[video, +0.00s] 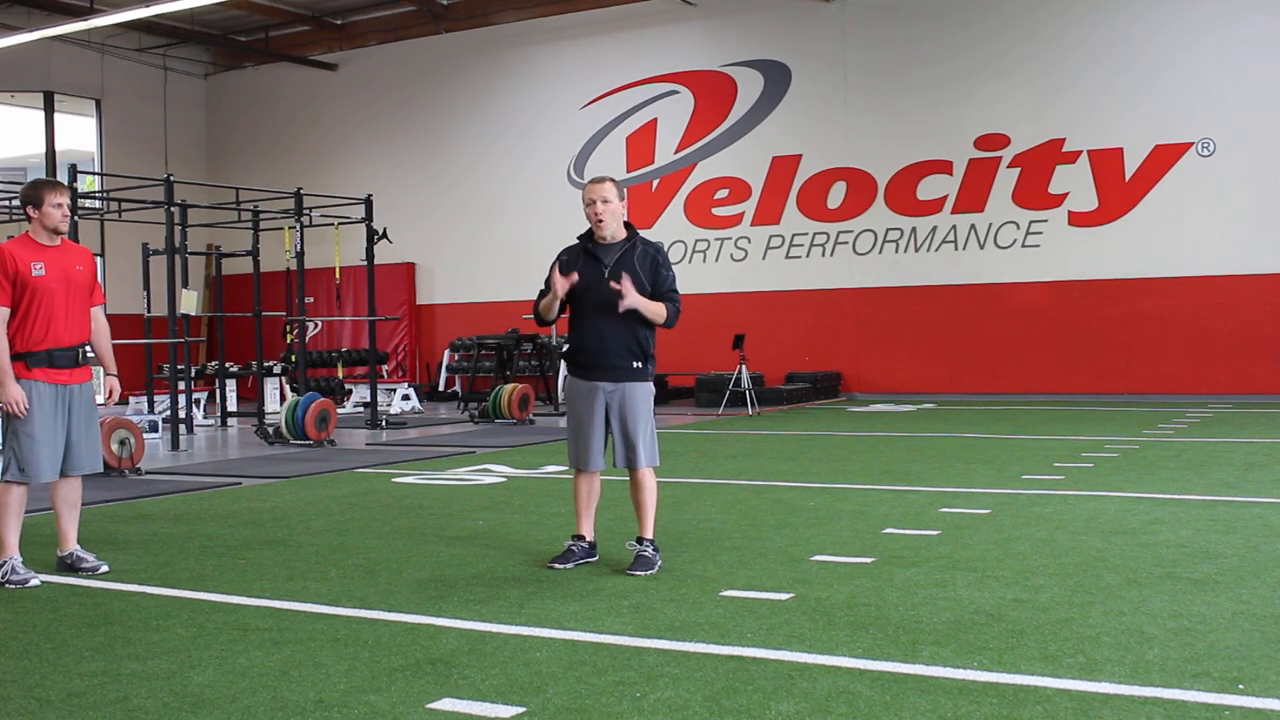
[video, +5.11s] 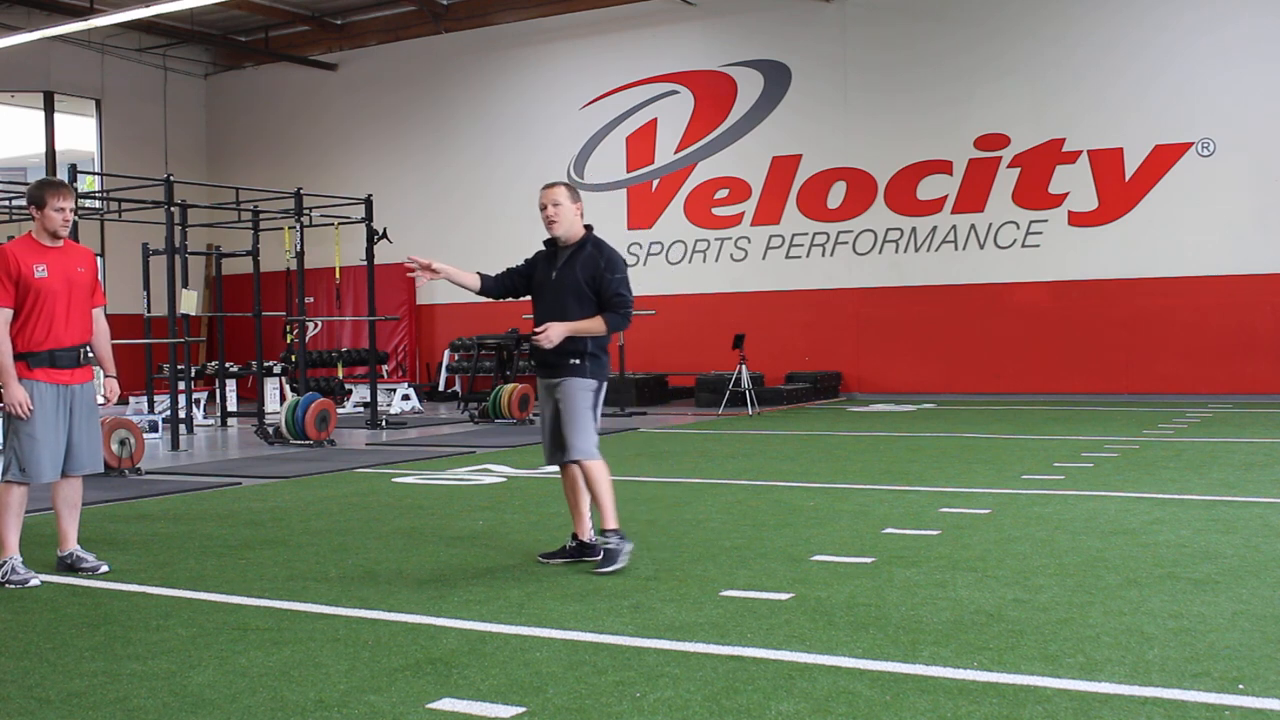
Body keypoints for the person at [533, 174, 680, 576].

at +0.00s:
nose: (597, 209)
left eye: (604, 202)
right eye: (590, 203)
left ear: (623, 205)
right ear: (584, 209)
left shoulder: (651, 255)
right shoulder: (571, 257)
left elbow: (671, 314)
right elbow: (542, 317)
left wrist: (639, 302)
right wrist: (555, 295)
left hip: (633, 379)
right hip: (582, 377)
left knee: (640, 463)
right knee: (585, 462)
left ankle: (646, 544)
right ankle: (583, 542)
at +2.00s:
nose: (586, 211)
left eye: (594, 204)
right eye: (583, 204)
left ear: (619, 207)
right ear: (582, 209)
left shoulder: (652, 256)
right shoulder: (572, 257)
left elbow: (678, 313)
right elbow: (541, 313)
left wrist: (652, 311)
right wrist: (554, 287)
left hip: (635, 380)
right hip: (584, 378)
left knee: (641, 463)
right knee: (586, 463)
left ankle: (647, 544)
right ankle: (584, 542)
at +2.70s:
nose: (586, 209)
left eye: (594, 202)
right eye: (582, 204)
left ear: (618, 206)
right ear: (579, 211)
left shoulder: (648, 253)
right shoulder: (571, 258)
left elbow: (659, 311)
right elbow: (551, 323)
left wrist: (605, 288)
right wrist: (553, 308)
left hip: (634, 379)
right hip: (585, 377)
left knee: (641, 462)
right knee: (586, 461)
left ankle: (646, 544)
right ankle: (584, 541)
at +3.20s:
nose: (587, 204)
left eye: (596, 197)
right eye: (585, 197)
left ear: (621, 204)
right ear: (582, 204)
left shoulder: (651, 251)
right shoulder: (571, 257)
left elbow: (679, 310)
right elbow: (550, 310)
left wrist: (659, 280)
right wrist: (554, 317)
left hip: (636, 377)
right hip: (585, 377)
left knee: (641, 462)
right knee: (587, 463)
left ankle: (646, 544)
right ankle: (584, 541)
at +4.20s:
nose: (586, 216)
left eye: (593, 209)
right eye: (587, 209)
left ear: (618, 212)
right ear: (612, 213)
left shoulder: (662, 256)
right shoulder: (599, 256)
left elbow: (685, 317)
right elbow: (575, 307)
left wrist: (634, 334)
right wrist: (554, 282)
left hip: (646, 380)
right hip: (602, 377)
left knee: (649, 462)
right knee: (595, 459)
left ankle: (648, 545)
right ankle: (589, 540)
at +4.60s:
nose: (579, 215)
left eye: (586, 207)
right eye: (576, 209)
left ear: (613, 208)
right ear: (578, 214)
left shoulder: (643, 255)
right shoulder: (584, 259)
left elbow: (664, 316)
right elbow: (539, 289)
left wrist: (609, 331)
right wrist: (501, 253)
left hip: (631, 380)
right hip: (590, 378)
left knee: (641, 462)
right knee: (589, 460)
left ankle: (647, 545)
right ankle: (586, 540)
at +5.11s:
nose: (547, 213)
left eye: (555, 205)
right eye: (543, 208)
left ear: (578, 209)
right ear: (541, 215)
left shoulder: (604, 257)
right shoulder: (543, 260)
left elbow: (620, 317)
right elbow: (497, 286)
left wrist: (566, 328)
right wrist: (444, 271)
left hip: (583, 371)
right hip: (549, 372)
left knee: (584, 450)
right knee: (563, 456)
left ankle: (614, 536)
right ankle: (583, 540)